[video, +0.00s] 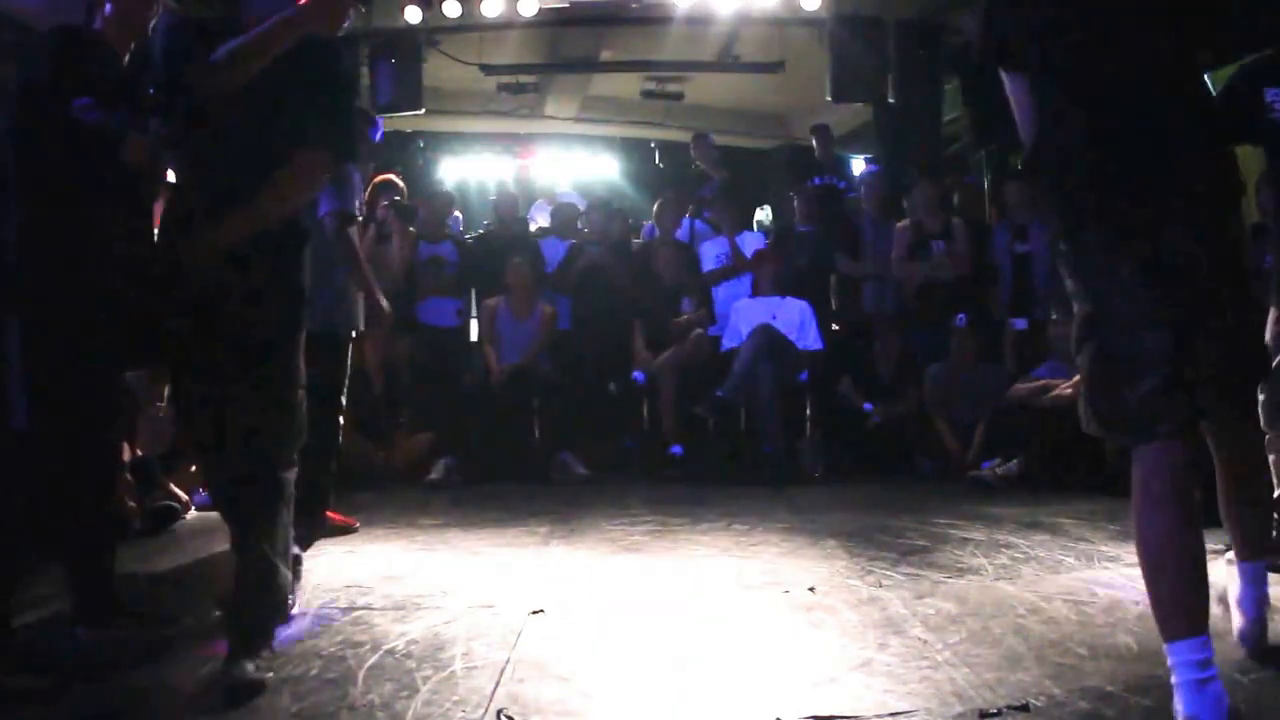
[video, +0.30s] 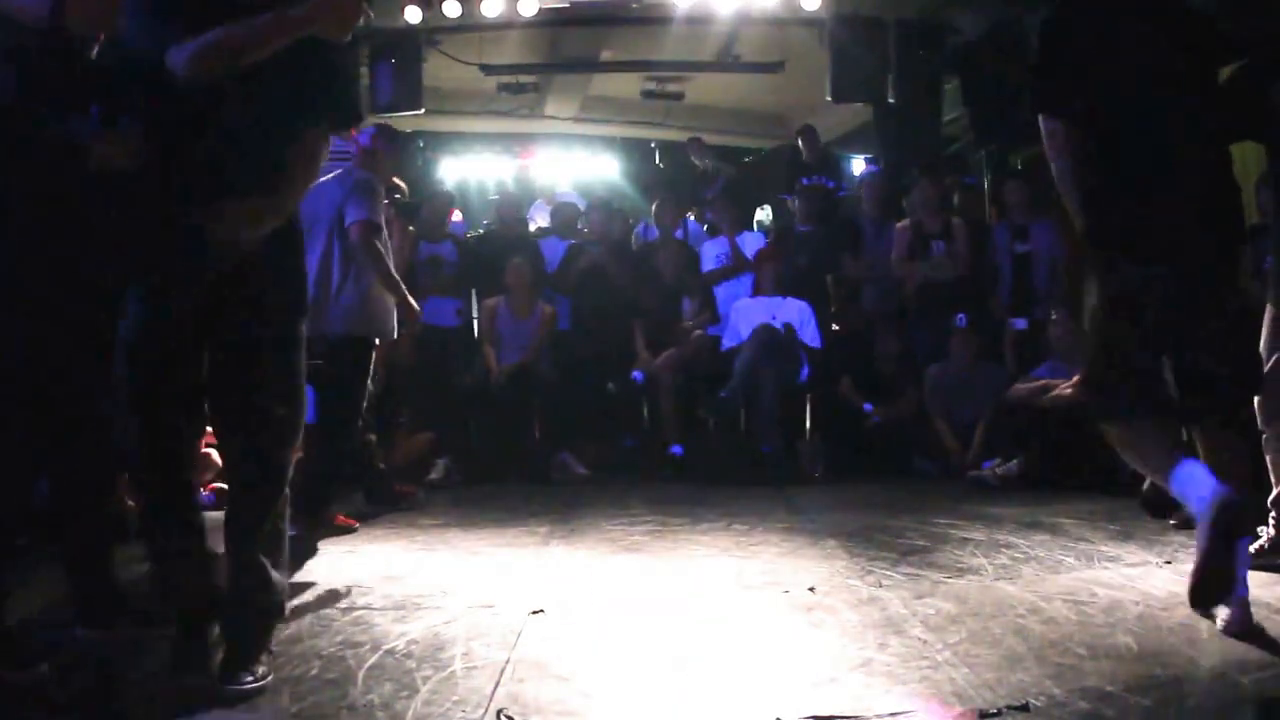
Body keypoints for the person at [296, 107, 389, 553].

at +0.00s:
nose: (373, 141)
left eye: (372, 133)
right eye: (369, 133)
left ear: (346, 135)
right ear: (353, 134)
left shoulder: (336, 172)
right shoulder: (340, 172)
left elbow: (342, 234)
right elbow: (341, 232)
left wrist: (371, 203)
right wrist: (374, 291)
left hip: (328, 304)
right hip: (328, 305)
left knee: (326, 408)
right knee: (327, 409)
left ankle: (318, 501)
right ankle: (315, 504)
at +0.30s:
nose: (394, 164)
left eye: (395, 156)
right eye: (391, 154)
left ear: (360, 148)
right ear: (370, 147)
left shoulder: (317, 188)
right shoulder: (362, 184)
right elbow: (363, 238)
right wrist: (403, 295)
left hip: (320, 317)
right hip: (351, 320)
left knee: (340, 419)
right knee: (339, 421)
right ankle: (316, 511)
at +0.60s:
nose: (418, 164)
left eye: (420, 156)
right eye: (414, 154)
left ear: (389, 150)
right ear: (390, 148)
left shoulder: (375, 186)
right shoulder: (374, 183)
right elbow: (363, 229)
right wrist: (375, 287)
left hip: (372, 315)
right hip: (370, 315)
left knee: (380, 400)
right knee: (381, 400)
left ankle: (376, 480)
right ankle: (361, 482)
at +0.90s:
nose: (422, 160)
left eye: (424, 152)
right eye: (415, 151)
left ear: (413, 154)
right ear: (393, 149)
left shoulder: (396, 198)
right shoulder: (371, 183)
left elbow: (408, 264)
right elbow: (347, 234)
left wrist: (446, 300)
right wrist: (363, 287)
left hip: (385, 319)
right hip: (358, 314)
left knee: (383, 403)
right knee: (360, 403)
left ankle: (381, 486)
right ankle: (340, 491)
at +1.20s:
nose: (411, 154)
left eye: (411, 146)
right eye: (402, 146)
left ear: (402, 152)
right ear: (378, 151)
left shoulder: (407, 205)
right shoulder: (348, 188)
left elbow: (418, 263)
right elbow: (318, 244)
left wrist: (439, 308)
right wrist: (310, 302)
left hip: (383, 327)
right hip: (338, 322)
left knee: (384, 410)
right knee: (325, 412)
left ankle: (380, 487)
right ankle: (312, 497)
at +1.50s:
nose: (369, 149)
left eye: (373, 142)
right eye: (360, 141)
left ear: (377, 151)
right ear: (337, 147)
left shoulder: (383, 202)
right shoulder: (308, 189)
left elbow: (384, 263)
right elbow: (277, 250)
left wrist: (379, 311)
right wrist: (263, 312)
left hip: (361, 321)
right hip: (308, 320)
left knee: (375, 409)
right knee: (306, 413)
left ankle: (379, 486)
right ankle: (309, 496)